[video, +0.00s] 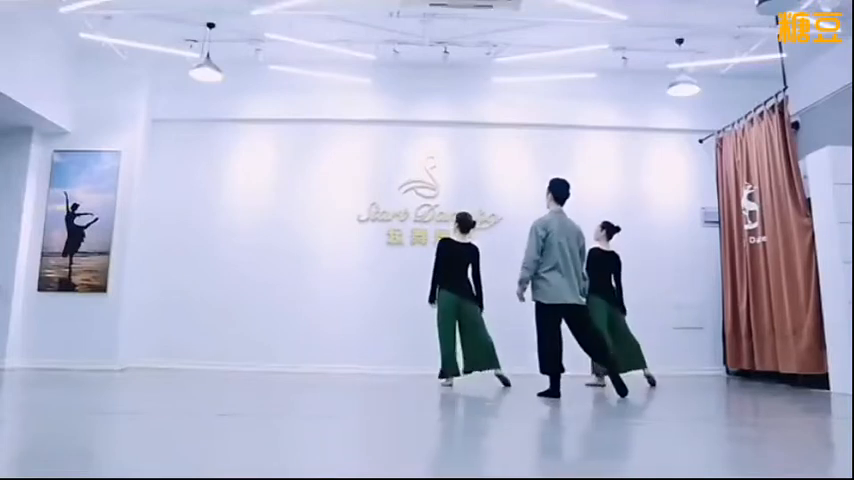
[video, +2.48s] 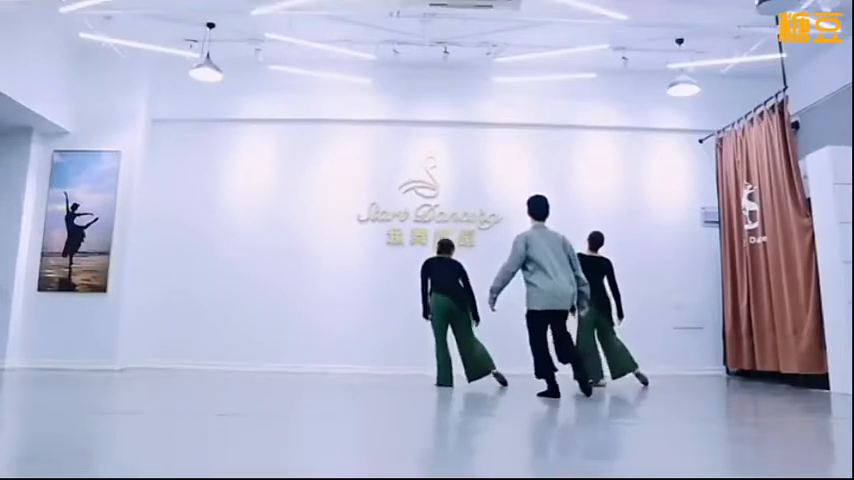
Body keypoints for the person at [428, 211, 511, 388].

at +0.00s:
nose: (454, 225)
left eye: (455, 223)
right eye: (457, 223)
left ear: (456, 225)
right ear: (471, 228)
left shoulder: (444, 243)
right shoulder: (473, 249)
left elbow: (437, 270)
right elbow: (476, 277)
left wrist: (432, 293)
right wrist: (480, 300)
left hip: (446, 292)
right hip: (466, 293)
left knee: (446, 333)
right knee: (480, 332)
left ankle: (448, 375)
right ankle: (496, 368)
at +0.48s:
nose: (459, 228)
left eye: (453, 224)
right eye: (463, 226)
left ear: (450, 225)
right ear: (465, 228)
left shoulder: (439, 244)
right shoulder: (468, 249)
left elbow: (432, 271)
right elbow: (473, 276)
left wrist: (431, 294)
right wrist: (478, 299)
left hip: (444, 293)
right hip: (465, 293)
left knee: (446, 334)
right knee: (480, 330)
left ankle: (447, 376)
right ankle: (498, 366)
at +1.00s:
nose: (456, 229)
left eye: (454, 226)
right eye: (460, 227)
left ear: (449, 226)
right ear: (464, 229)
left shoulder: (438, 245)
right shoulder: (467, 249)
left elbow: (432, 272)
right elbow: (473, 276)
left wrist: (431, 295)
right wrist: (478, 299)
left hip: (445, 293)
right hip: (465, 294)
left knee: (447, 334)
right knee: (481, 331)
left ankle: (448, 376)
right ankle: (498, 367)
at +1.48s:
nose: (457, 231)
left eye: (454, 227)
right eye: (460, 229)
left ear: (447, 226)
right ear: (463, 230)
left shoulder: (436, 244)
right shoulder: (467, 249)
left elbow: (431, 272)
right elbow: (472, 276)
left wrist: (430, 295)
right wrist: (478, 299)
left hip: (445, 293)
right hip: (465, 294)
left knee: (446, 334)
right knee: (480, 331)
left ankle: (447, 376)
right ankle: (497, 367)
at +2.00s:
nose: (460, 237)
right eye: (461, 234)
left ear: (446, 231)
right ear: (460, 235)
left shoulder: (435, 247)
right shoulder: (464, 252)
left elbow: (429, 272)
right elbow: (472, 279)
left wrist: (429, 293)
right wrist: (479, 302)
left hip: (443, 293)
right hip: (463, 293)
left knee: (446, 334)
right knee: (478, 331)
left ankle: (447, 376)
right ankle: (497, 368)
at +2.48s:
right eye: (452, 251)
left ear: (437, 250)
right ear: (452, 251)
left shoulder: (428, 263)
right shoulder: (457, 265)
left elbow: (424, 288)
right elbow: (468, 289)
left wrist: (425, 309)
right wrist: (475, 312)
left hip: (438, 301)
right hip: (458, 302)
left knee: (440, 342)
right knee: (468, 338)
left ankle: (444, 379)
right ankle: (492, 369)